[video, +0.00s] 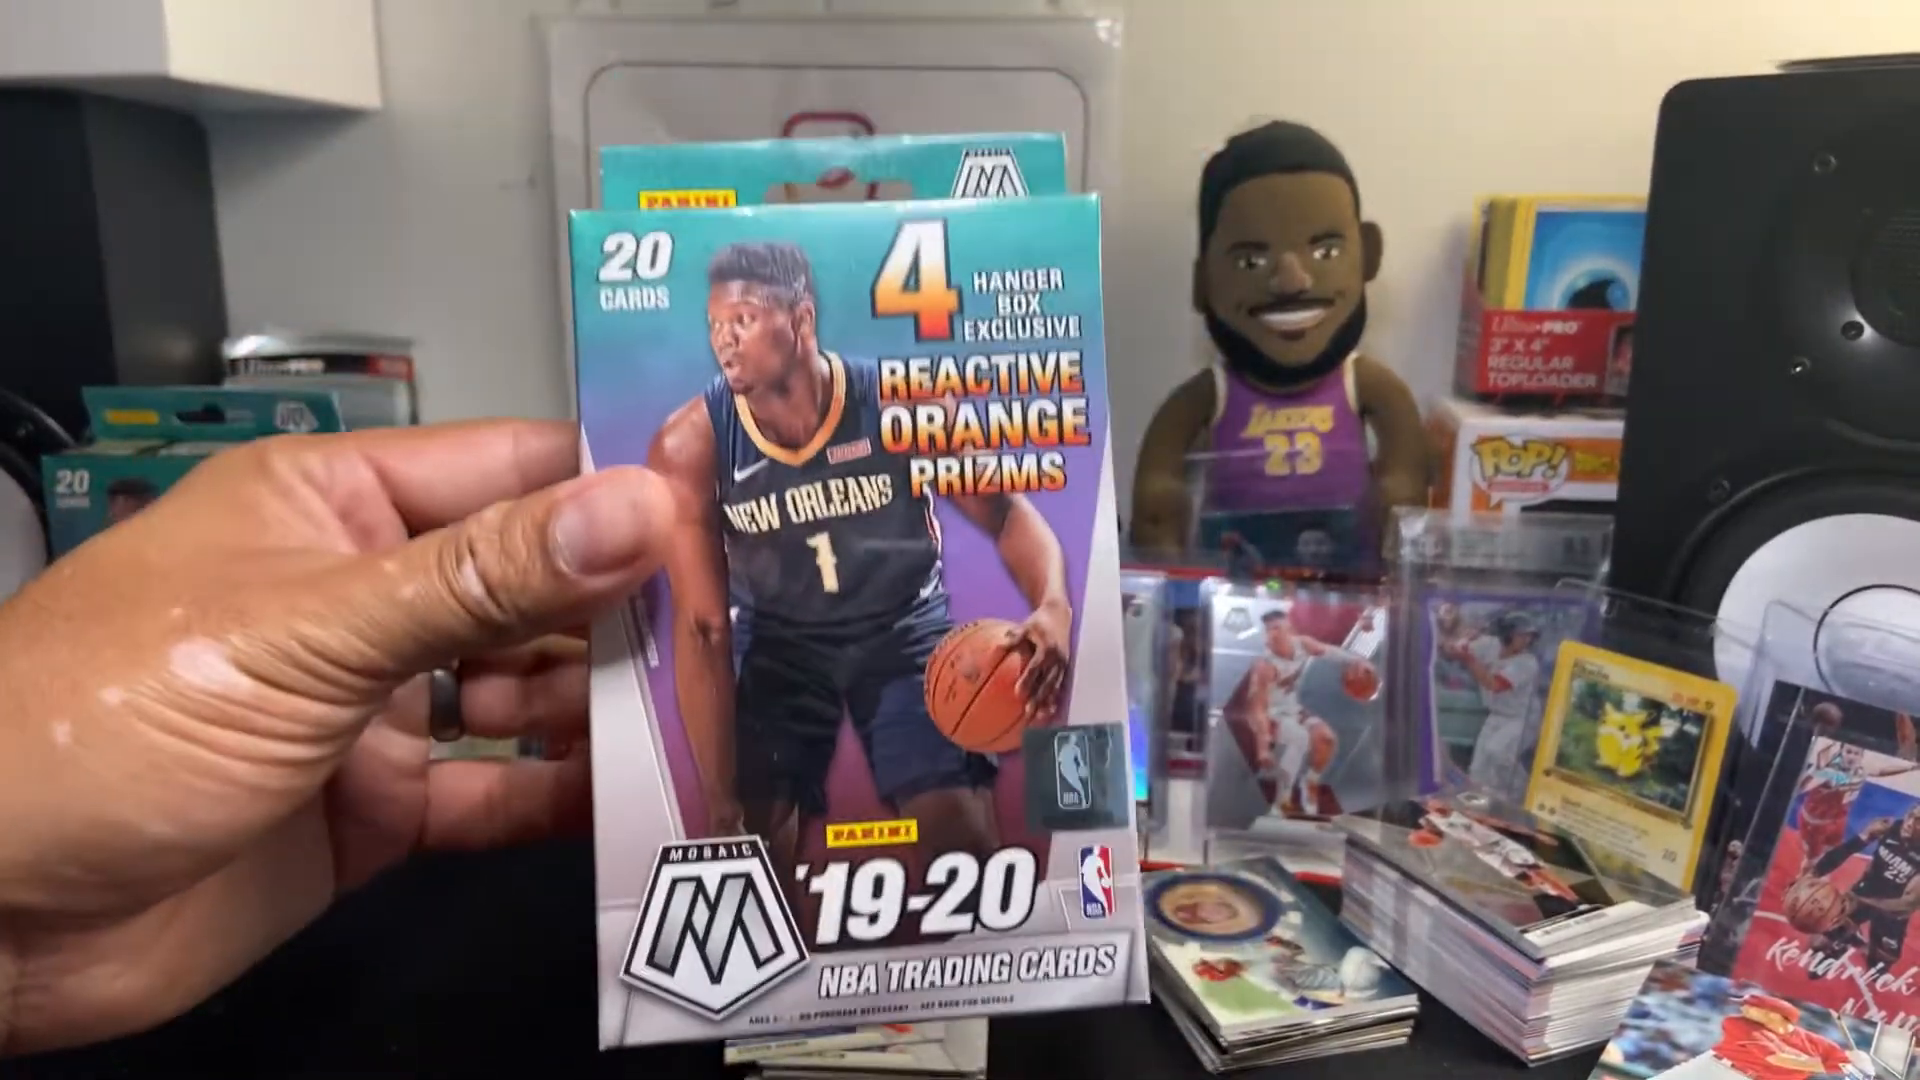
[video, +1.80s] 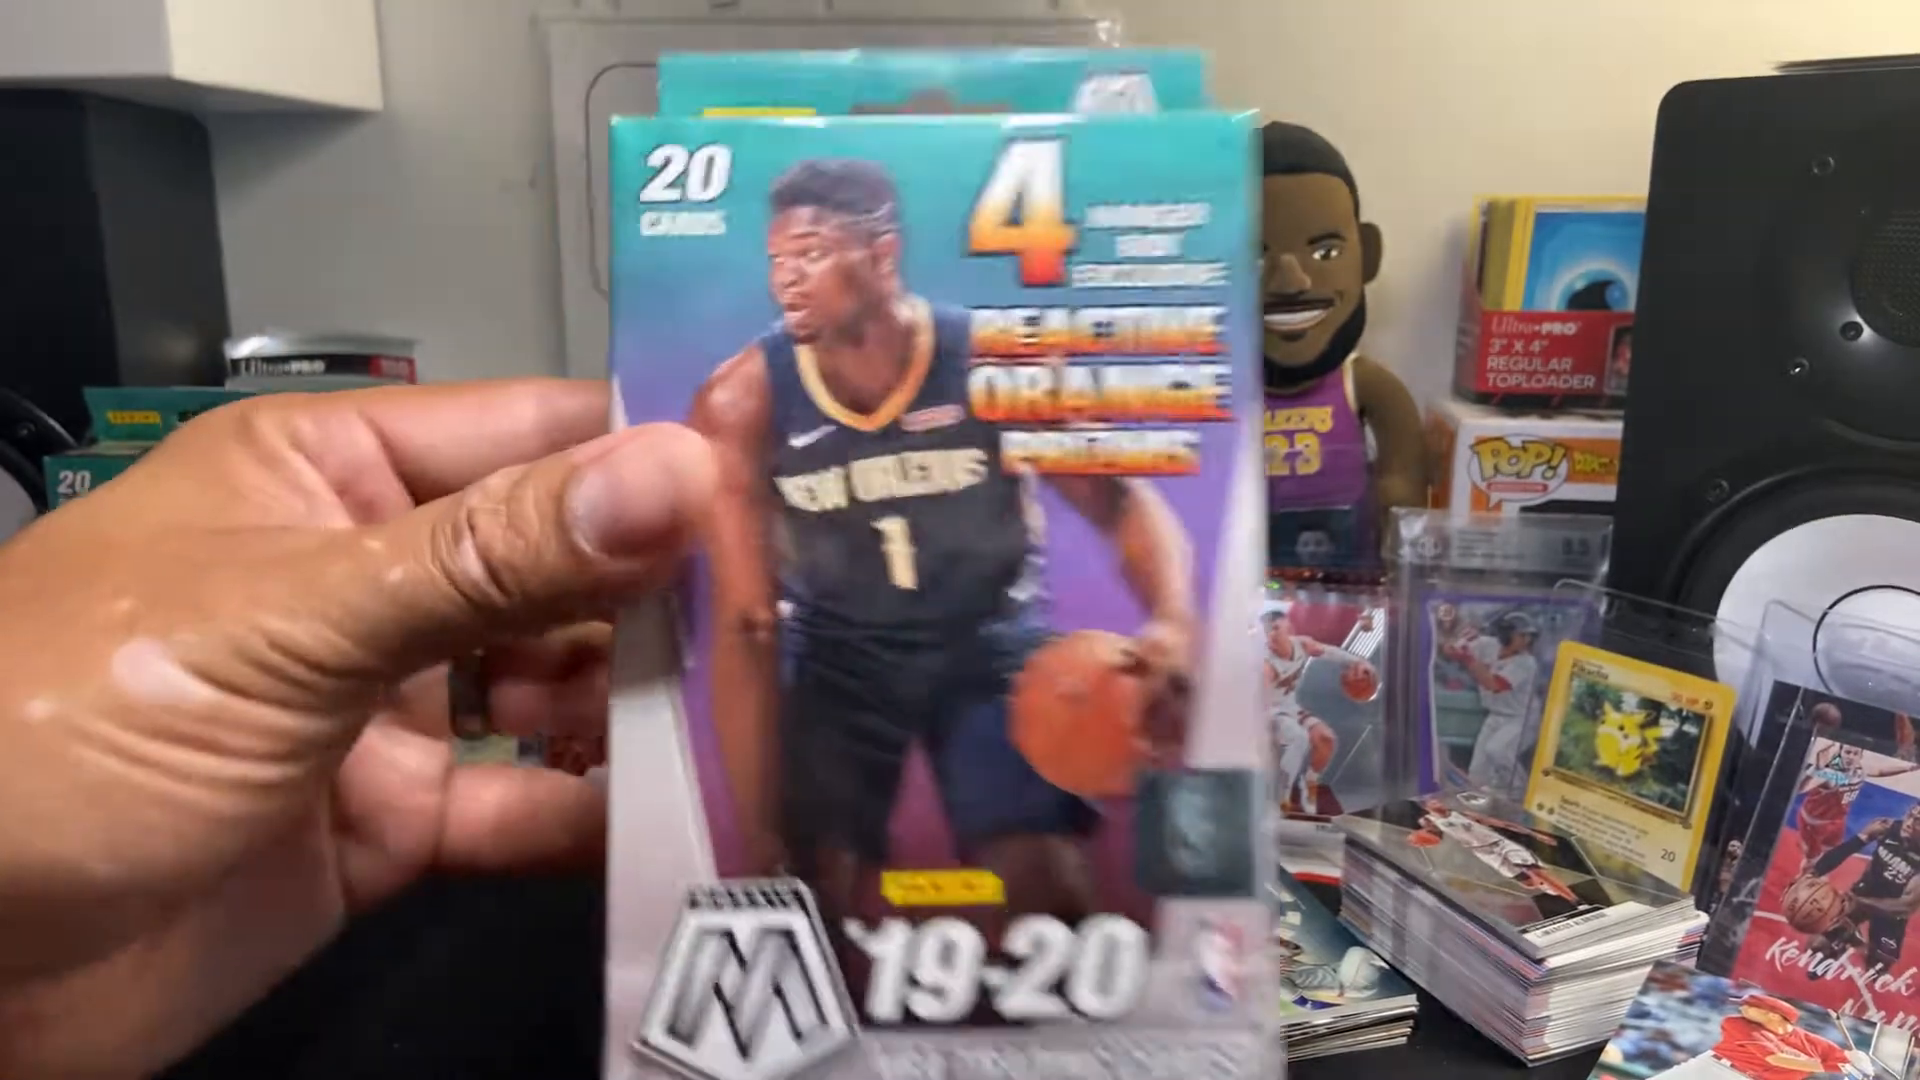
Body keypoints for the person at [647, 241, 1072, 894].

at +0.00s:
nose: (725, 342)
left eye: (743, 320)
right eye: (716, 326)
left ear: (802, 320)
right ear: (710, 334)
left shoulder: (897, 403)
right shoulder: (692, 444)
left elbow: (1004, 514)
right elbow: (702, 630)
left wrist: (1054, 606)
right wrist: (718, 799)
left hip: (907, 637)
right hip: (783, 651)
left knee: (954, 831)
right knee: (756, 843)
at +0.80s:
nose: (776, 316)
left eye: (799, 292)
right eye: (768, 296)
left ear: (870, 290)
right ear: (760, 304)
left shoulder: (980, 393)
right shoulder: (739, 437)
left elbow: (1104, 525)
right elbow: (751, 654)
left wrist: (1162, 638)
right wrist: (765, 854)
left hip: (985, 662)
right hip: (839, 674)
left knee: (1043, 902)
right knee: (806, 903)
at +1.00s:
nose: (828, 306)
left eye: (854, 282)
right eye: (819, 283)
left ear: (922, 290)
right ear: (806, 292)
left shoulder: (1028, 406)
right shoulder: (780, 427)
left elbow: (1157, 557)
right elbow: (767, 655)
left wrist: (1202, 680)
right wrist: (767, 858)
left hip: (1008, 695)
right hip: (865, 698)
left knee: (1054, 907)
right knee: (837, 913)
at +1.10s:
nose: (720, 282)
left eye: (742, 260)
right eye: (715, 263)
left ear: (803, 263)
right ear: (708, 272)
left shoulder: (893, 358)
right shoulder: (686, 385)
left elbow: (1002, 473)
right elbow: (686, 580)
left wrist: (1042, 577)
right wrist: (690, 761)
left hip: (886, 600)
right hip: (768, 607)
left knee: (926, 769)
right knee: (757, 787)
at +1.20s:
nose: (666, 296)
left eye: (684, 277)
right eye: (660, 281)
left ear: (738, 280)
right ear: (653, 288)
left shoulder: (819, 360)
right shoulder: (637, 386)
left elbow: (912, 461)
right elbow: (640, 553)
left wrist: (948, 544)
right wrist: (653, 702)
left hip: (819, 564)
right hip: (714, 572)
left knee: (859, 717)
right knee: (704, 733)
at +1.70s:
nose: (729, 306)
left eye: (752, 284)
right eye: (723, 289)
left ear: (814, 285)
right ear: (714, 299)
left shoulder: (905, 381)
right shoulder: (693, 412)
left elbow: (1011, 494)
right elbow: (697, 605)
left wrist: (1056, 598)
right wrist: (706, 783)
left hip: (905, 623)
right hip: (780, 632)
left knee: (943, 795)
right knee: (764, 811)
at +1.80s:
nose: (785, 279)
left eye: (809, 255)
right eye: (777, 259)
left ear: (883, 254)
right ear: (767, 268)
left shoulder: (990, 364)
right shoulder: (744, 401)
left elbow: (1119, 501)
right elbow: (746, 627)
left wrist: (1174, 620)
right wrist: (757, 839)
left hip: (989, 649)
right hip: (840, 659)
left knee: (1033, 865)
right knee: (820, 883)